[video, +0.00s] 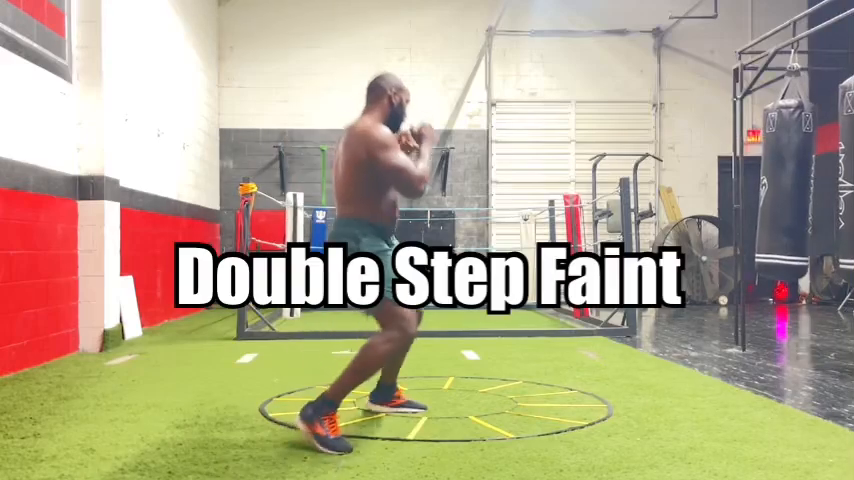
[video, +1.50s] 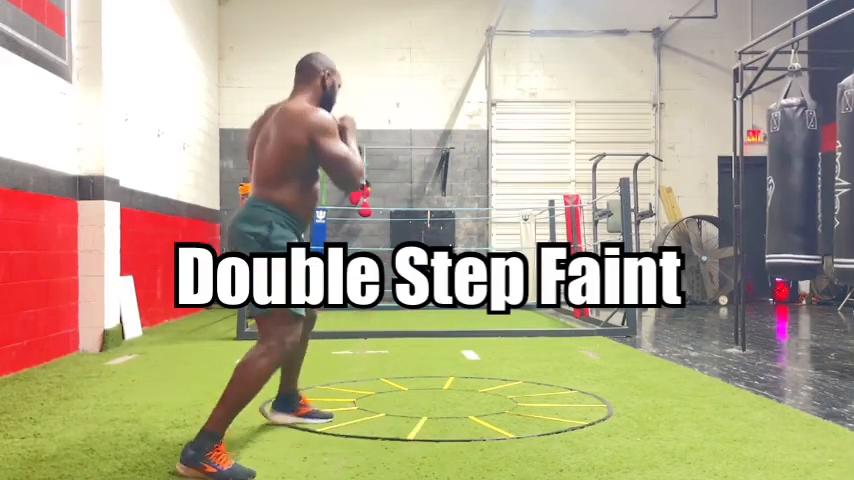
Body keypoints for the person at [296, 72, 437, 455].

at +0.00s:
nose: (407, 110)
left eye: (407, 104)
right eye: (405, 103)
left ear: (378, 96)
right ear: (390, 96)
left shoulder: (363, 130)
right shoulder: (372, 132)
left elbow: (386, 182)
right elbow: (417, 183)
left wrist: (407, 151)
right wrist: (428, 148)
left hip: (372, 237)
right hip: (362, 239)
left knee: (409, 317)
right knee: (399, 329)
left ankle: (386, 391)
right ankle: (321, 409)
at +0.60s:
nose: (395, 101)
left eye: (394, 94)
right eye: (394, 93)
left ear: (361, 86)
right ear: (384, 85)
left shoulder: (332, 123)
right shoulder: (374, 120)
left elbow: (322, 172)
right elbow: (411, 179)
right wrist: (414, 139)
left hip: (325, 226)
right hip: (351, 229)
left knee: (397, 311)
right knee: (367, 337)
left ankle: (369, 405)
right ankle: (290, 439)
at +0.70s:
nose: (382, 95)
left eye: (382, 89)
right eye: (381, 88)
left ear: (346, 78)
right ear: (370, 76)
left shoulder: (316, 116)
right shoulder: (364, 108)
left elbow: (302, 156)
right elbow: (407, 168)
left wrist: (325, 192)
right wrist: (403, 128)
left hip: (313, 225)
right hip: (340, 225)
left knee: (373, 316)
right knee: (352, 339)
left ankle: (369, 403)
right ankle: (283, 450)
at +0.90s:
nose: (368, 64)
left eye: (368, 58)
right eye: (368, 56)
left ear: (328, 44)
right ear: (355, 44)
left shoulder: (293, 88)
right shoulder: (348, 75)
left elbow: (297, 143)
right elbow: (391, 138)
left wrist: (342, 172)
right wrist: (386, 96)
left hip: (283, 190)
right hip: (310, 192)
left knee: (334, 308)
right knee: (321, 320)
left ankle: (299, 404)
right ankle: (276, 445)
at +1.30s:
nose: (343, 57)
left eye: (341, 50)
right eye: (341, 49)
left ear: (304, 43)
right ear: (330, 41)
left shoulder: (264, 83)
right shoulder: (322, 77)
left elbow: (264, 138)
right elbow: (360, 143)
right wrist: (356, 99)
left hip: (258, 196)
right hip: (278, 201)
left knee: (302, 302)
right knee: (289, 318)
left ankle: (273, 386)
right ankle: (228, 436)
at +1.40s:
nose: (337, 75)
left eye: (336, 68)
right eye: (336, 68)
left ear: (297, 62)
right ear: (326, 61)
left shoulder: (266, 100)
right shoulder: (317, 97)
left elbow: (250, 145)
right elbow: (356, 157)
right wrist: (350, 110)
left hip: (259, 214)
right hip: (271, 219)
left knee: (310, 299)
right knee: (277, 338)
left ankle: (287, 386)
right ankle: (205, 443)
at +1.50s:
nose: (337, 94)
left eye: (339, 88)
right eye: (338, 87)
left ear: (300, 77)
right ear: (326, 78)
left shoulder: (269, 116)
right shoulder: (315, 118)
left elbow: (254, 170)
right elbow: (353, 178)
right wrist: (351, 135)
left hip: (258, 222)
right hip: (273, 229)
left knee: (306, 312)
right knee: (278, 342)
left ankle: (288, 399)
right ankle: (204, 446)